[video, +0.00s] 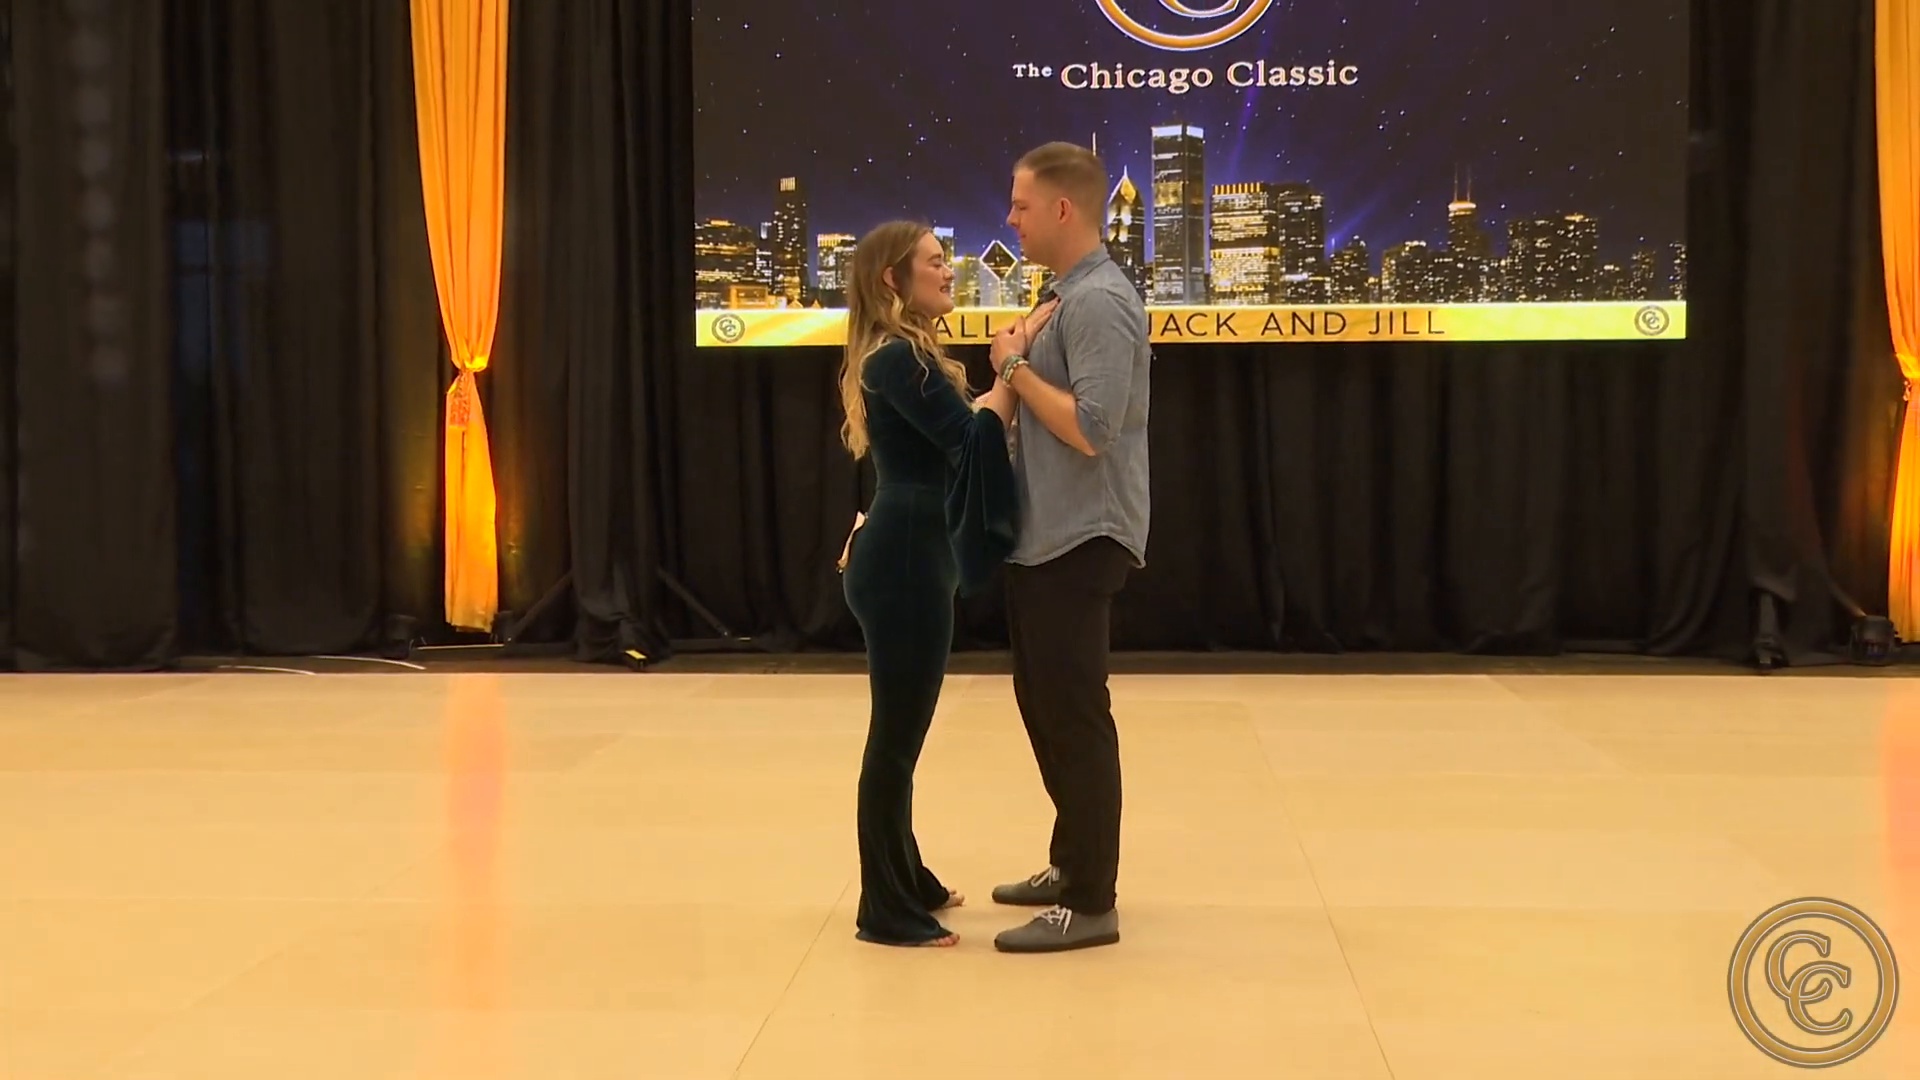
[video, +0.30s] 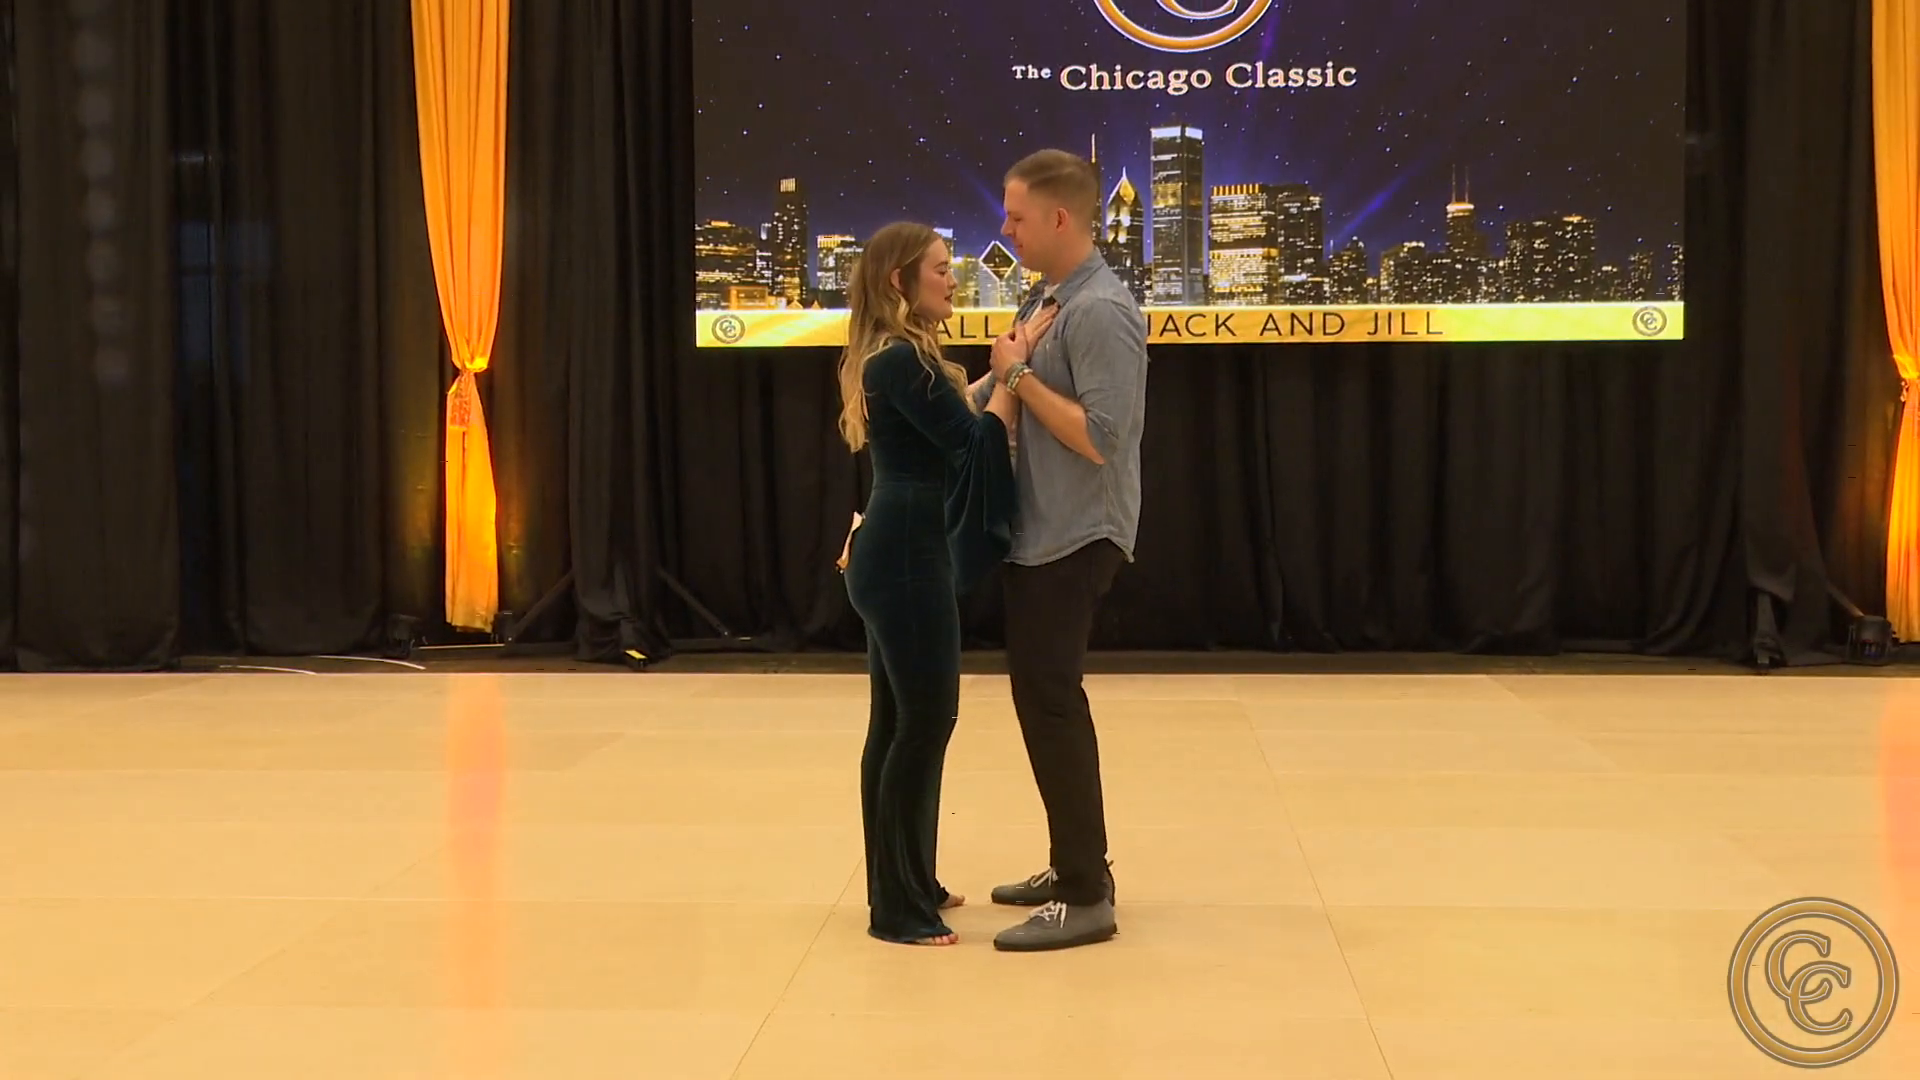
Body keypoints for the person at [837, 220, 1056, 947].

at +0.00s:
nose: (949, 272)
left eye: (946, 260)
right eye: (935, 262)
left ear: (901, 281)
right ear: (893, 279)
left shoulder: (917, 353)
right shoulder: (893, 358)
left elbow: (963, 438)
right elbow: (961, 437)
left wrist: (1010, 365)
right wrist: (1013, 361)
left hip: (919, 555)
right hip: (900, 559)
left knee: (903, 735)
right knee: (893, 740)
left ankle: (903, 879)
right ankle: (882, 906)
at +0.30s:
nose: (952, 278)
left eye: (950, 267)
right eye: (940, 268)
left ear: (913, 281)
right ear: (902, 281)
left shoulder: (910, 354)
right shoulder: (897, 361)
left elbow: (954, 421)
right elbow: (972, 445)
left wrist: (1004, 365)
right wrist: (1009, 377)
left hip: (899, 558)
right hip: (907, 562)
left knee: (896, 726)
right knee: (927, 724)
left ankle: (904, 889)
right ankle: (899, 905)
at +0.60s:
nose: (952, 284)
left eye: (950, 272)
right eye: (941, 273)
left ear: (913, 282)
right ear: (904, 282)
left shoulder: (903, 354)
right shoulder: (901, 362)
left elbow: (962, 410)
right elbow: (976, 446)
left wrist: (1003, 355)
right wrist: (1012, 376)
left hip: (891, 560)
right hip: (909, 565)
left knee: (891, 722)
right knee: (940, 716)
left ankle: (890, 886)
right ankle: (910, 902)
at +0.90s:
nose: (953, 288)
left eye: (953, 277)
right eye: (946, 276)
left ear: (909, 283)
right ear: (909, 282)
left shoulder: (899, 354)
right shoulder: (902, 363)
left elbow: (965, 402)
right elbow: (975, 450)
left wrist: (1005, 354)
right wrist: (1007, 387)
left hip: (889, 558)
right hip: (911, 563)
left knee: (887, 728)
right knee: (914, 730)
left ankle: (890, 890)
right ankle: (907, 902)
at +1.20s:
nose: (964, 295)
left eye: (965, 284)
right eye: (956, 282)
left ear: (919, 285)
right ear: (918, 282)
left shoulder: (907, 356)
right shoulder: (903, 362)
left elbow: (957, 416)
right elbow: (975, 449)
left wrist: (1007, 364)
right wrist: (1013, 385)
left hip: (886, 565)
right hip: (908, 569)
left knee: (892, 724)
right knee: (938, 718)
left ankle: (896, 887)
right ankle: (894, 904)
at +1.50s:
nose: (970, 290)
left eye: (971, 278)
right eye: (960, 277)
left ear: (931, 279)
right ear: (920, 277)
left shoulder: (923, 356)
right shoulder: (894, 355)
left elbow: (975, 446)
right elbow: (962, 440)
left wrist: (1018, 375)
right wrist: (1015, 375)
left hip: (921, 567)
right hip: (894, 571)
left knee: (933, 729)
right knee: (920, 733)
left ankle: (910, 883)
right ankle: (879, 911)